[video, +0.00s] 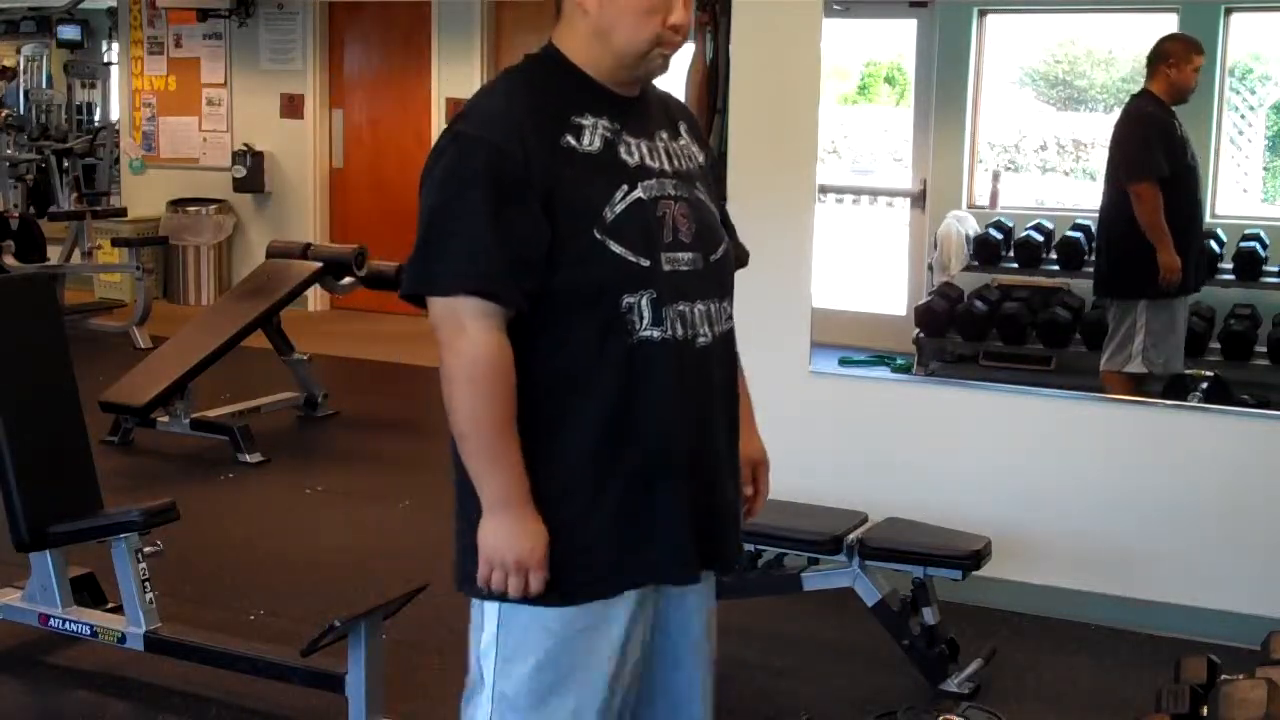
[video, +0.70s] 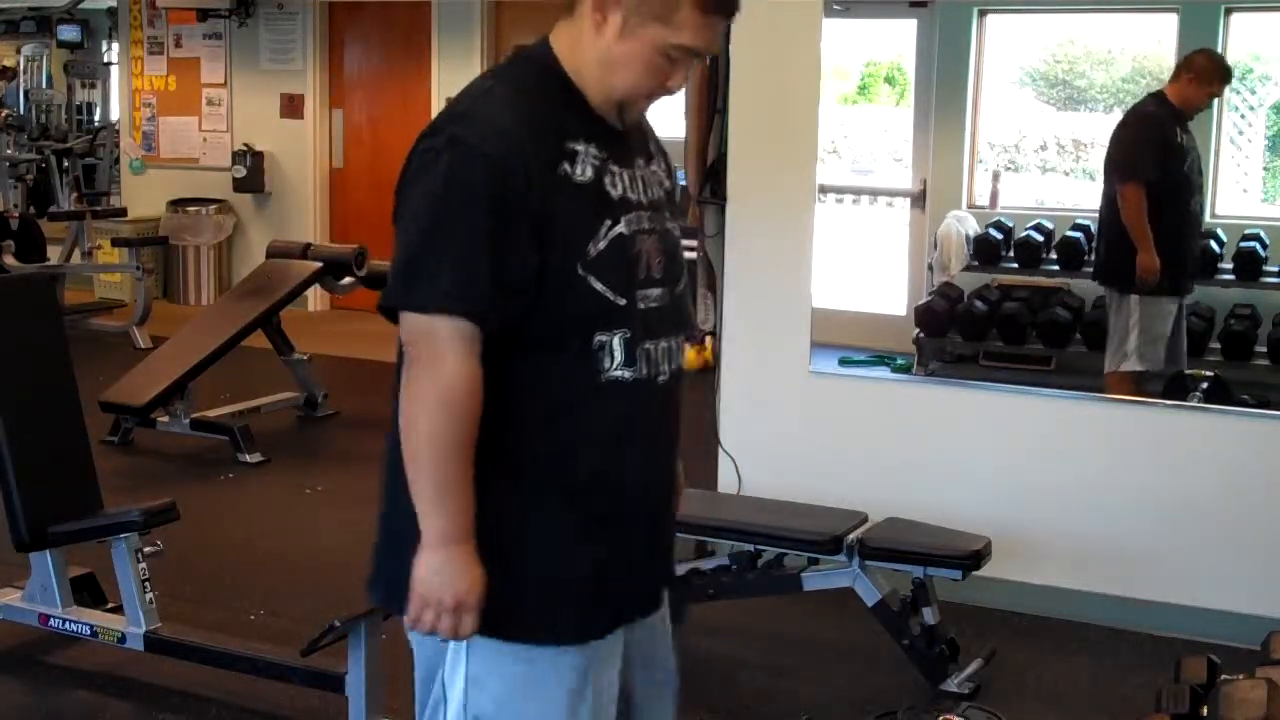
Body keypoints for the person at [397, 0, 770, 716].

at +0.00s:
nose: (683, 21)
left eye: (688, 3)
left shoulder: (680, 128)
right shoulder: (498, 130)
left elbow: (704, 302)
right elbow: (466, 324)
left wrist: (741, 419)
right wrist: (504, 504)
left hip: (681, 521)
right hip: (559, 538)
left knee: (674, 712)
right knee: (534, 712)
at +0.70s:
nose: (682, 82)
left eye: (696, 63)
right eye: (672, 56)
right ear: (604, 14)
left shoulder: (640, 147)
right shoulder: (479, 142)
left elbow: (643, 334)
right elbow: (437, 349)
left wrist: (659, 473)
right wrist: (445, 542)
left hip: (626, 555)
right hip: (507, 577)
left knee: (634, 705)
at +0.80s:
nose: (694, 87)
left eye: (708, 69)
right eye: (687, 61)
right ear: (619, 15)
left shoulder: (653, 147)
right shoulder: (495, 141)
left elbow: (642, 337)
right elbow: (445, 341)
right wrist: (436, 529)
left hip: (633, 552)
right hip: (517, 571)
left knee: (622, 707)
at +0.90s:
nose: (709, 96)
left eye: (726, 74)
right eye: (701, 66)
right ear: (633, 18)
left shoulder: (673, 142)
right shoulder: (508, 141)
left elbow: (658, 331)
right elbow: (451, 333)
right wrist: (446, 518)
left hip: (644, 551)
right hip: (522, 569)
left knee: (636, 707)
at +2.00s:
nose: (747, 171)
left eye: (763, 155)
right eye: (745, 147)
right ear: (687, 90)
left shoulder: (693, 184)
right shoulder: (525, 172)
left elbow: (683, 344)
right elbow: (447, 367)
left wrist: (678, 479)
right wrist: (406, 548)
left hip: (576, 565)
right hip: (457, 576)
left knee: (556, 709)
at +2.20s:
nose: (772, 288)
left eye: (790, 274)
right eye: (771, 263)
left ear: (719, 203)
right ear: (718, 201)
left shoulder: (702, 271)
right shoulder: (550, 257)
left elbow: (683, 419)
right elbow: (460, 464)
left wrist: (669, 546)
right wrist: (404, 641)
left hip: (548, 545)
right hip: (412, 561)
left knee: (577, 708)